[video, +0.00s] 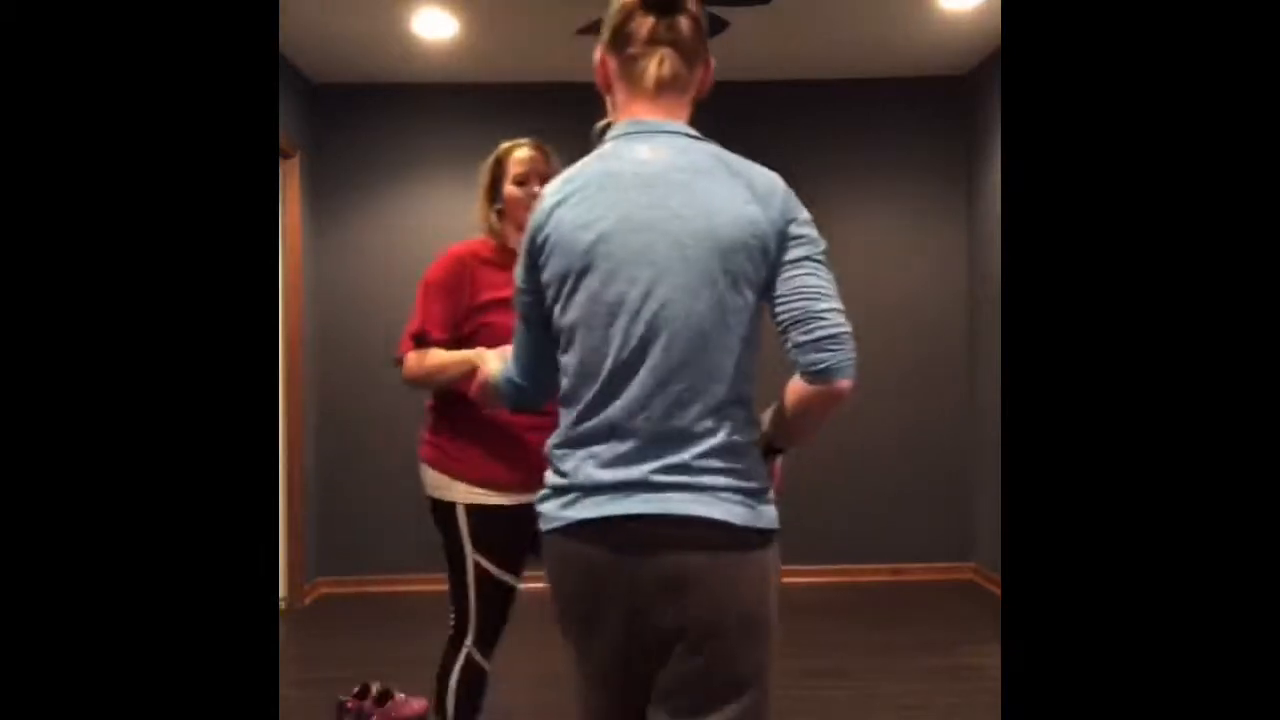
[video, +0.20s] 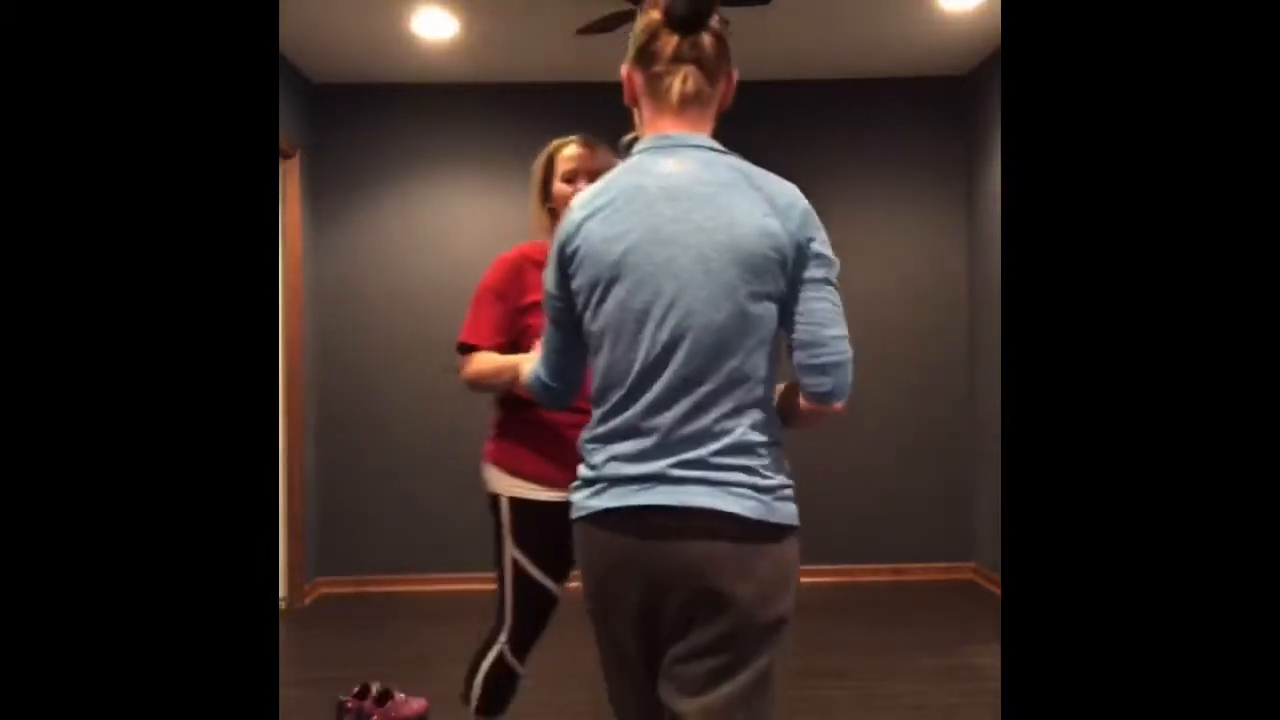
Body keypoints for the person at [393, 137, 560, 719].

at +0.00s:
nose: (534, 192)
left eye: (543, 181)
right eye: (522, 181)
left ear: (555, 192)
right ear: (495, 194)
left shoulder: (566, 264)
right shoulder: (463, 265)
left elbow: (594, 349)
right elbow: (414, 362)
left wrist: (546, 354)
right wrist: (487, 359)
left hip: (558, 473)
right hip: (475, 478)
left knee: (602, 622)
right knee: (478, 629)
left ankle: (619, 715)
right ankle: (454, 715)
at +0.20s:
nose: (582, 190)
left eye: (596, 178)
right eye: (570, 179)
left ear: (612, 187)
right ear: (547, 192)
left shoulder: (630, 268)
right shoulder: (522, 266)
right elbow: (474, 366)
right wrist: (534, 364)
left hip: (614, 470)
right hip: (532, 471)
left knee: (633, 625)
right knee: (523, 622)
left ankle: (645, 713)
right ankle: (480, 710)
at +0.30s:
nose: (609, 191)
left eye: (622, 178)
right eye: (596, 179)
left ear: (638, 186)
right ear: (573, 191)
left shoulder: (659, 270)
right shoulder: (547, 269)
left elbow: (680, 352)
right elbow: (505, 367)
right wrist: (584, 363)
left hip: (641, 471)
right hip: (562, 470)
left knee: (644, 610)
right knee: (564, 614)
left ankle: (650, 701)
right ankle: (538, 680)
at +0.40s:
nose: (629, 193)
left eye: (641, 180)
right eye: (617, 181)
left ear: (656, 188)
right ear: (594, 192)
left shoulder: (679, 269)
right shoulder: (567, 270)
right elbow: (533, 365)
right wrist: (612, 361)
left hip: (659, 469)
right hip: (584, 470)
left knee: (658, 594)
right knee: (596, 606)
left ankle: (657, 691)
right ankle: (601, 688)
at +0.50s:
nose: (646, 198)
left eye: (655, 187)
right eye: (634, 187)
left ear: (669, 194)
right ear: (612, 196)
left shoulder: (694, 273)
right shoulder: (581, 275)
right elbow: (560, 362)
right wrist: (642, 363)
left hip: (681, 470)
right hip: (602, 471)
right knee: (632, 617)